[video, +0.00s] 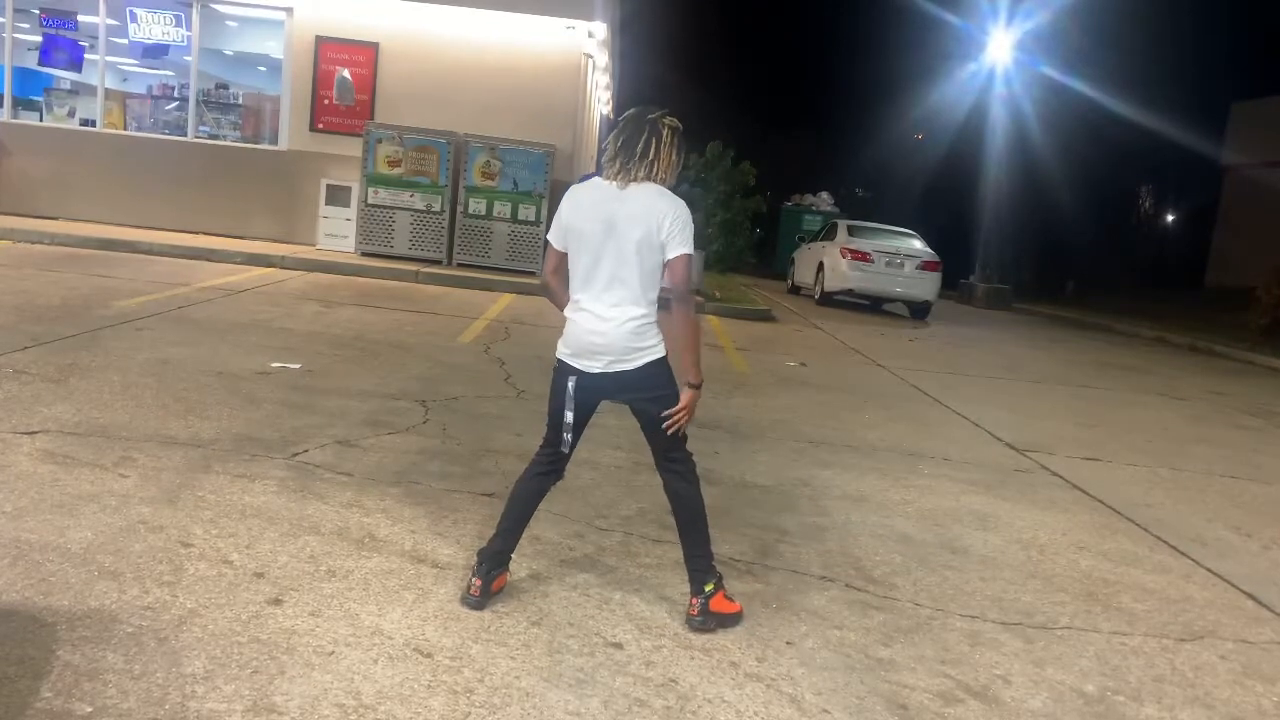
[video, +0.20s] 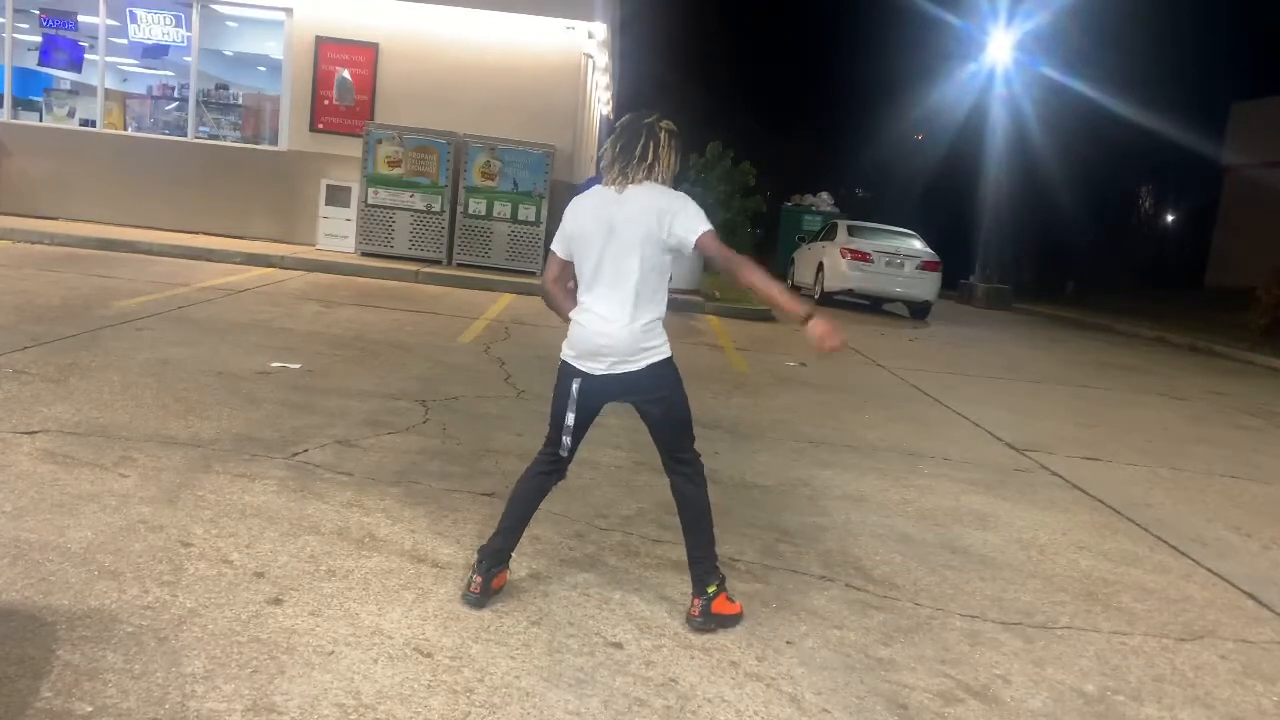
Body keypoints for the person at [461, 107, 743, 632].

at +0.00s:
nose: (675, 161)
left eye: (675, 153)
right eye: (673, 152)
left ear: (615, 145)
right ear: (662, 152)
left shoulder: (576, 196)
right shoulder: (670, 208)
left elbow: (552, 275)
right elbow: (678, 298)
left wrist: (584, 316)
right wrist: (692, 380)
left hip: (578, 359)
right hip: (645, 362)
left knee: (548, 461)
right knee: (677, 468)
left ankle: (486, 571)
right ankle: (705, 591)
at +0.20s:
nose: (673, 164)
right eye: (671, 155)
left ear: (613, 150)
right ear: (662, 157)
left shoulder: (582, 204)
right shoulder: (673, 204)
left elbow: (553, 283)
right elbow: (728, 261)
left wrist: (588, 323)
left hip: (584, 362)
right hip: (648, 363)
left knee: (550, 460)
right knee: (683, 465)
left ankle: (486, 570)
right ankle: (707, 593)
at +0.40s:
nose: (663, 169)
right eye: (661, 160)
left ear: (606, 150)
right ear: (653, 161)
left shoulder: (562, 198)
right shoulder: (657, 213)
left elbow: (540, 281)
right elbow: (715, 267)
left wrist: (567, 319)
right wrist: (787, 306)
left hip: (571, 362)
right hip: (637, 361)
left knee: (543, 460)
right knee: (669, 462)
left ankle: (514, 575)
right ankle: (706, 585)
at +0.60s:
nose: (597, 157)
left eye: (601, 150)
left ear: (607, 154)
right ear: (653, 161)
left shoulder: (583, 199)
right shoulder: (668, 220)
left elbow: (502, 252)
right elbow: (656, 316)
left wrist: (532, 300)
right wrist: (627, 365)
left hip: (553, 347)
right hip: (600, 361)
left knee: (520, 454)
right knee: (499, 394)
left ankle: (528, 572)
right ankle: (424, 433)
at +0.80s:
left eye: (610, 147)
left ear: (612, 154)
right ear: (662, 168)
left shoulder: (585, 197)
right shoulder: (668, 222)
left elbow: (497, 237)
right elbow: (703, 298)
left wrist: (506, 293)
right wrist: (735, 374)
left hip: (551, 351)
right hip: (579, 356)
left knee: (513, 453)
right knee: (467, 353)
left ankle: (530, 570)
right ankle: (351, 362)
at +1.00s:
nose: (616, 131)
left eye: (622, 126)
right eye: (622, 129)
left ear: (628, 134)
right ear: (672, 150)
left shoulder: (605, 170)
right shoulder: (674, 204)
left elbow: (536, 142)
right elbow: (678, 249)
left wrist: (466, 96)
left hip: (581, 342)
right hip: (635, 345)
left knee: (513, 431)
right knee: (603, 416)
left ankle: (525, 562)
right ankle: (680, 493)